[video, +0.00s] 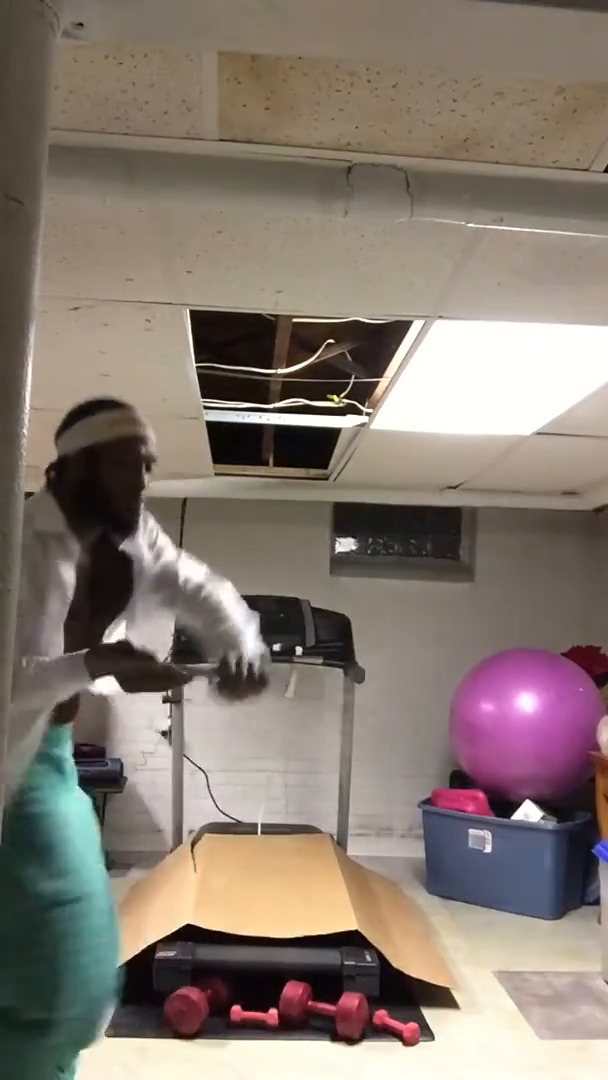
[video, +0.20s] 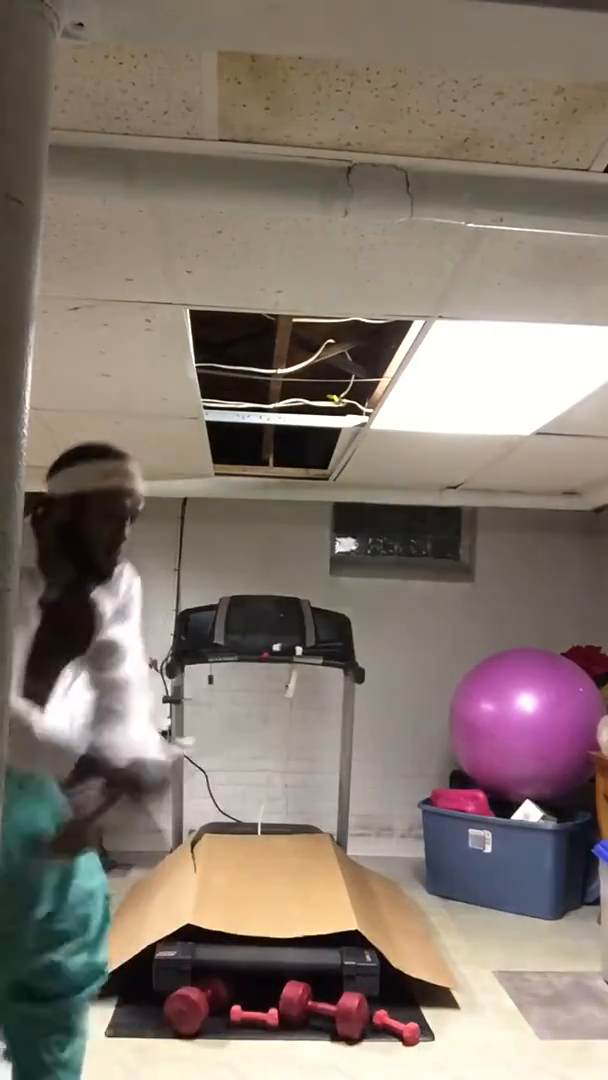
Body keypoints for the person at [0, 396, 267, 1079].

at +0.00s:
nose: (147, 482)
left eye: (149, 467)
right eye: (135, 465)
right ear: (78, 466)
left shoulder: (134, 535)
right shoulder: (20, 538)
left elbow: (199, 587)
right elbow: (11, 686)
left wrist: (242, 638)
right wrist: (98, 663)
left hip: (46, 757)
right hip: (14, 760)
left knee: (75, 979)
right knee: (69, 981)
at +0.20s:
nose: (127, 532)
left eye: (133, 516)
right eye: (114, 514)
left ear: (135, 517)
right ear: (61, 511)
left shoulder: (117, 584)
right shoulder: (14, 589)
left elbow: (127, 709)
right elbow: (28, 747)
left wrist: (108, 780)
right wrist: (44, 665)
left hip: (61, 815)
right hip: (10, 807)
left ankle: (50, 1062)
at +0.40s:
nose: (93, 568)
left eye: (101, 554)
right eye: (81, 553)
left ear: (105, 552)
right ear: (39, 550)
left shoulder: (91, 616)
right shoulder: (19, 616)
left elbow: (48, 723)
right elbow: (17, 719)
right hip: (10, 789)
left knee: (20, 908)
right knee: (19, 905)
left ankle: (19, 1025)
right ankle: (21, 1014)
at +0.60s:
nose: (78, 560)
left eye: (87, 545)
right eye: (68, 543)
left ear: (90, 545)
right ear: (26, 537)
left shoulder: (75, 610)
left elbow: (31, 722)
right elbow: (28, 722)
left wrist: (9, 787)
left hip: (12, 839)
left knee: (5, 999)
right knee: (6, 999)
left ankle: (5, 1059)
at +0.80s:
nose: (92, 530)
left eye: (96, 517)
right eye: (79, 517)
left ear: (93, 519)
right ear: (36, 520)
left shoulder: (80, 587)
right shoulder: (18, 590)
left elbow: (111, 685)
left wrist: (84, 756)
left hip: (28, 796)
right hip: (6, 798)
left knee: (21, 911)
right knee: (20, 909)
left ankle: (17, 1020)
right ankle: (18, 1012)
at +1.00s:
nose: (128, 498)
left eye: (128, 484)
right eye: (113, 485)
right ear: (61, 494)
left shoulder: (122, 568)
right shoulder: (15, 559)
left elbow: (225, 604)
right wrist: (21, 667)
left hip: (49, 780)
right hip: (12, 775)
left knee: (61, 935)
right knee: (46, 935)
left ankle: (32, 1067)